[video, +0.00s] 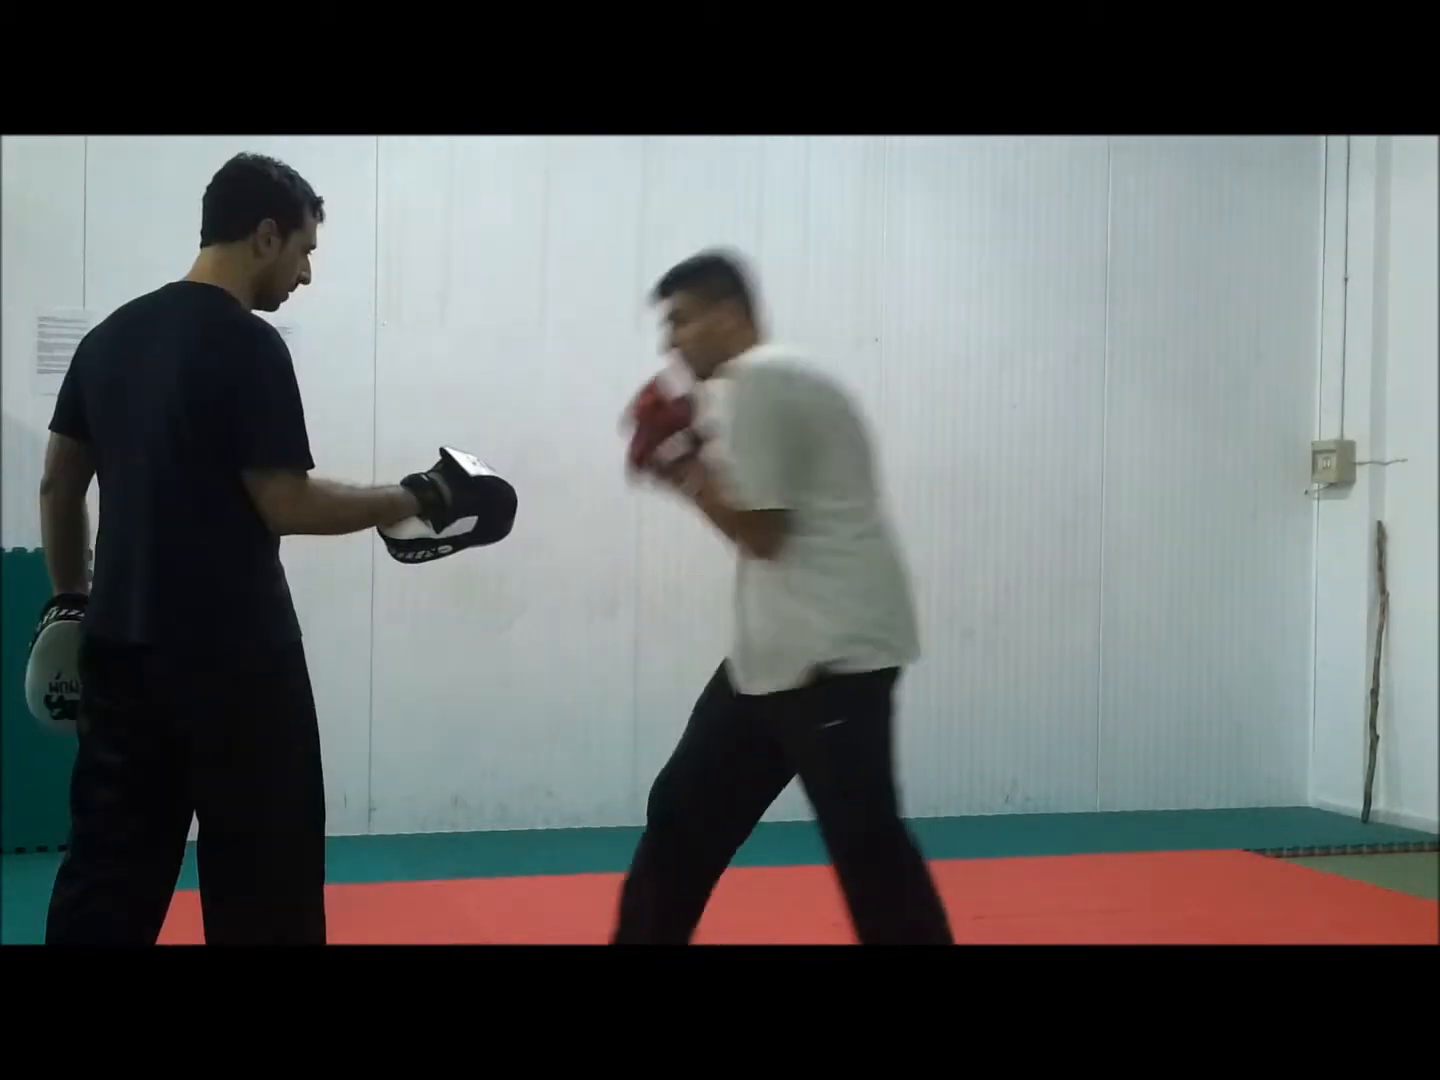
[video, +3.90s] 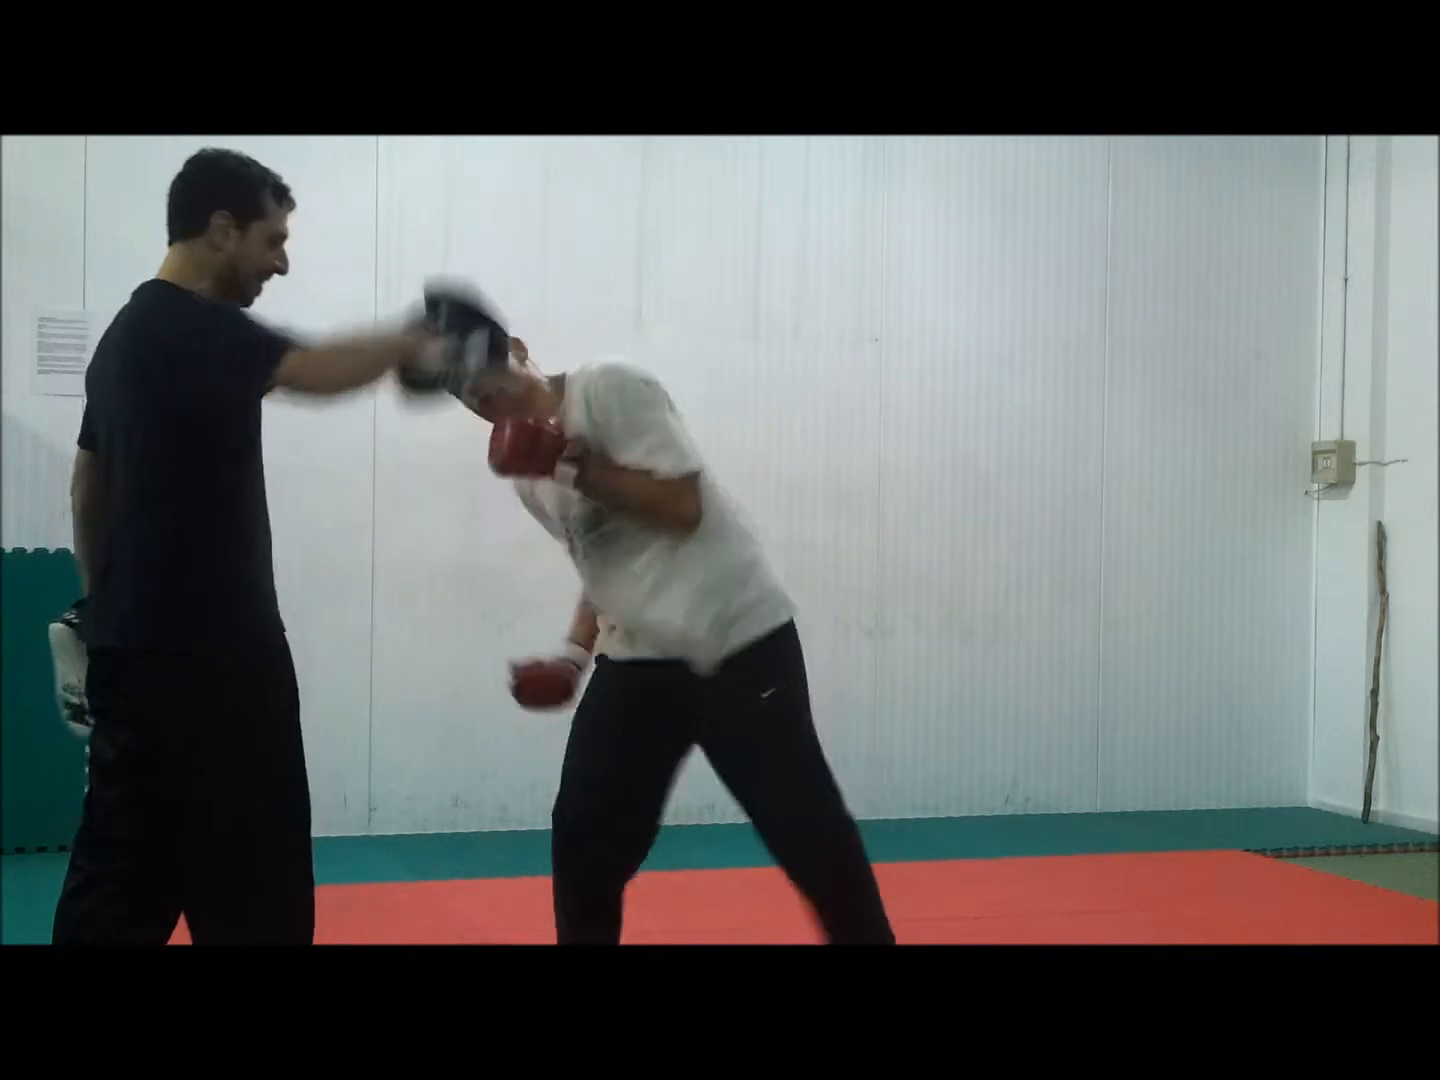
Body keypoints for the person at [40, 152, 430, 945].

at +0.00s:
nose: (306, 272)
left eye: (311, 252)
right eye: (306, 249)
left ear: (216, 233)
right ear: (266, 235)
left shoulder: (110, 337)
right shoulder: (251, 345)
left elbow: (61, 487)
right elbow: (286, 502)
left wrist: (68, 607)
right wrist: (410, 499)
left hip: (122, 654)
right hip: (239, 657)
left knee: (106, 882)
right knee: (267, 888)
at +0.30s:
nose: (304, 273)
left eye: (308, 253)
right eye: (303, 249)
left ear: (213, 232)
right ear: (261, 233)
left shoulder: (107, 338)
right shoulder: (244, 347)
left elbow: (60, 488)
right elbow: (281, 507)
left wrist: (68, 608)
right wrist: (407, 499)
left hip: (121, 660)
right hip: (237, 663)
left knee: (104, 887)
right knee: (267, 895)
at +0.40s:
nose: (301, 274)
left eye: (304, 252)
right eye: (298, 249)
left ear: (223, 235)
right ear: (257, 235)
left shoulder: (107, 337)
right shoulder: (238, 343)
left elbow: (58, 486)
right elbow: (295, 491)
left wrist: (66, 609)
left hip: (119, 649)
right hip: (233, 653)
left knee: (107, 872)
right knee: (266, 881)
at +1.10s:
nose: (300, 269)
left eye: (302, 249)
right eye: (295, 246)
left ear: (233, 235)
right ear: (250, 234)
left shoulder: (111, 335)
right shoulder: (219, 349)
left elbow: (76, 486)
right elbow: (258, 506)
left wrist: (113, 589)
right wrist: (397, 491)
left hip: (119, 645)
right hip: (223, 651)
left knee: (109, 874)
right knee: (264, 882)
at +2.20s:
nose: (300, 270)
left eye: (304, 249)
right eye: (298, 245)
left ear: (217, 231)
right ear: (255, 231)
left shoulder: (103, 337)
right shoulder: (241, 345)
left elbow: (60, 487)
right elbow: (287, 499)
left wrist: (78, 602)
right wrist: (414, 480)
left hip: (120, 657)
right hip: (237, 658)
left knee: (106, 880)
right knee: (268, 887)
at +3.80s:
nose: (290, 263)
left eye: (291, 244)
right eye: (281, 241)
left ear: (220, 234)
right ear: (228, 230)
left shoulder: (127, 337)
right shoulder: (206, 334)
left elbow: (90, 488)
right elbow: (294, 413)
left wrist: (95, 599)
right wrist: (409, 395)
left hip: (130, 645)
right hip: (220, 644)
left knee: (121, 866)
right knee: (263, 871)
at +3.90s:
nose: (282, 261)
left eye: (284, 241)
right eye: (274, 238)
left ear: (213, 231)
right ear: (221, 228)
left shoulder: (126, 335)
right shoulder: (206, 329)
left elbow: (91, 490)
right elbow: (314, 369)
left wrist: (103, 602)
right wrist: (410, 339)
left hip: (134, 646)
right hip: (222, 647)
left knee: (120, 867)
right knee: (259, 874)